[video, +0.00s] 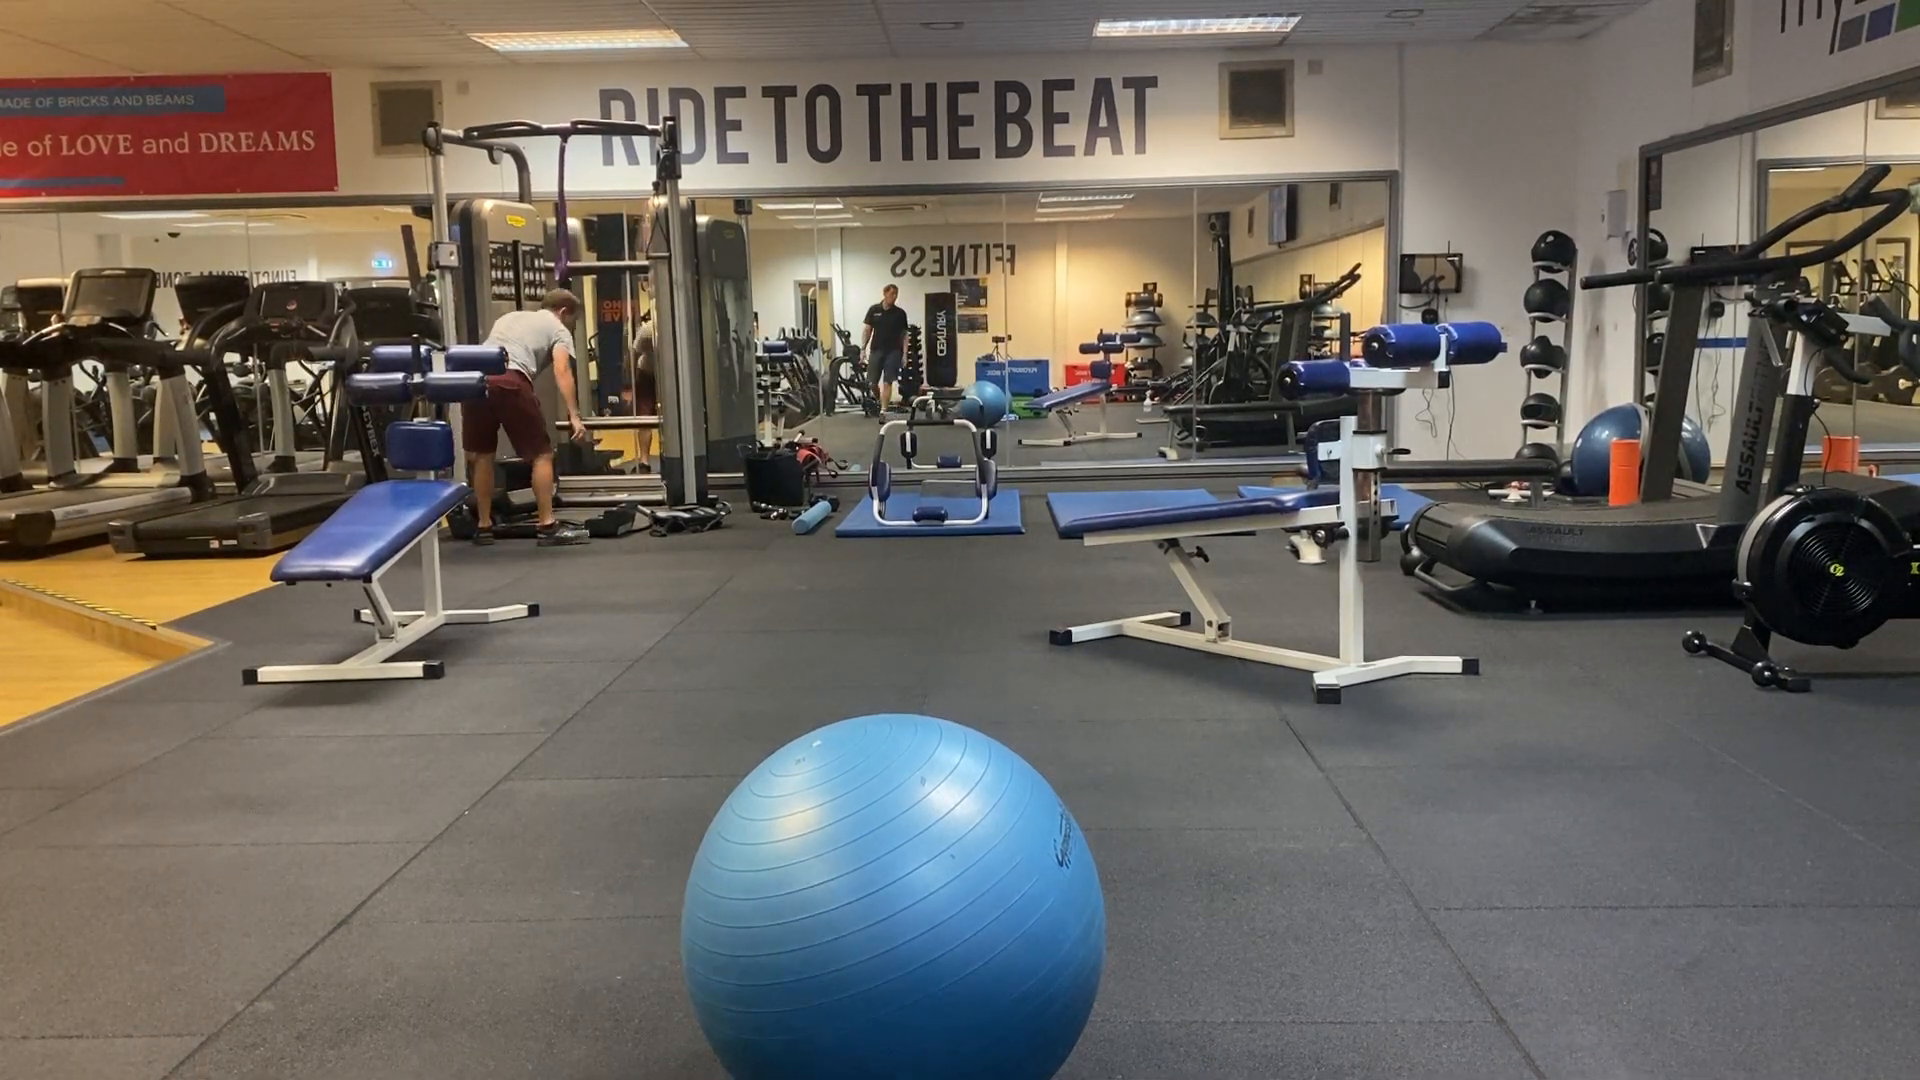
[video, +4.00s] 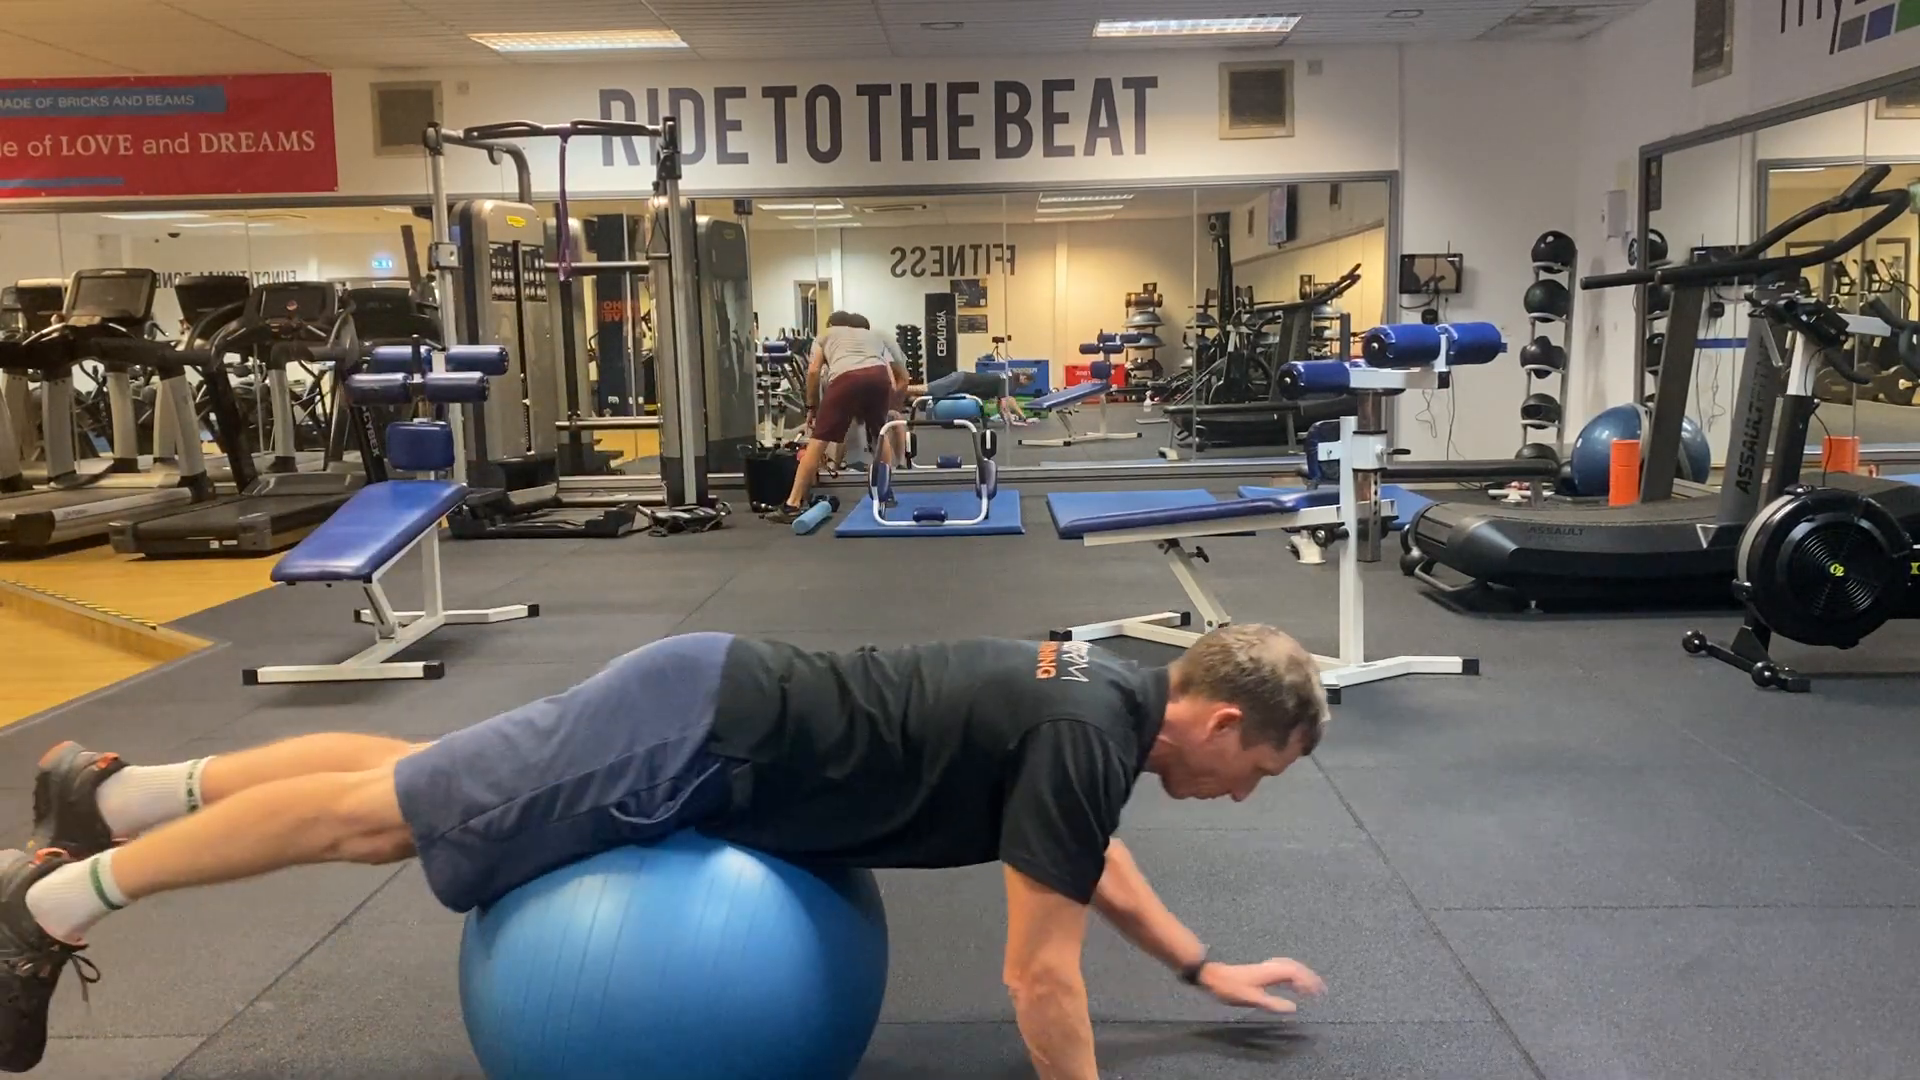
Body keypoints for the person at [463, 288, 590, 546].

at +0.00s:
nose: (571, 326)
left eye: (573, 321)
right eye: (572, 320)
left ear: (545, 308)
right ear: (563, 311)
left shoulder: (508, 317)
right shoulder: (558, 329)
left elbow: (486, 350)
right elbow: (562, 372)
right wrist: (574, 415)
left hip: (476, 381)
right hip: (511, 383)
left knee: (483, 456)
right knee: (541, 455)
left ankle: (483, 526)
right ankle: (547, 525)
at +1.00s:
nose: (673, 274)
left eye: (674, 268)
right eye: (672, 267)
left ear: (649, 262)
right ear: (656, 262)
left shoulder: (629, 282)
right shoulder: (645, 285)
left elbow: (624, 331)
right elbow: (636, 328)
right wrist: (650, 372)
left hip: (612, 374)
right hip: (630, 374)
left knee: (635, 446)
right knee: (670, 442)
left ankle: (628, 516)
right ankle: (651, 507)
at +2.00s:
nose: (778, 274)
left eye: (779, 270)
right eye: (778, 269)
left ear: (751, 264)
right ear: (771, 265)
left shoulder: (727, 295)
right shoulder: (774, 289)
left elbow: (717, 340)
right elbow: (789, 333)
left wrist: (720, 380)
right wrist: (805, 369)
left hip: (732, 371)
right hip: (762, 370)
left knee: (758, 441)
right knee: (767, 441)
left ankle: (771, 504)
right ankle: (735, 502)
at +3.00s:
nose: (896, 351)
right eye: (895, 348)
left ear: (868, 332)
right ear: (890, 342)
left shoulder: (846, 336)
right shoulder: (892, 351)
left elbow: (823, 354)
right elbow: (910, 407)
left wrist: (813, 382)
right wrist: (916, 444)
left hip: (846, 378)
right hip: (882, 378)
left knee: (818, 441)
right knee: (884, 433)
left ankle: (792, 499)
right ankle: (885, 490)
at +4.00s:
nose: (826, 330)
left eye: (827, 327)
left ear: (830, 325)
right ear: (856, 324)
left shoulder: (824, 336)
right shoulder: (874, 334)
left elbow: (813, 370)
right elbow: (902, 377)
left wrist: (811, 407)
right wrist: (890, 406)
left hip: (843, 380)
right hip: (878, 377)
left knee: (816, 445)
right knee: (880, 437)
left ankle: (792, 504)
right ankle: (885, 493)